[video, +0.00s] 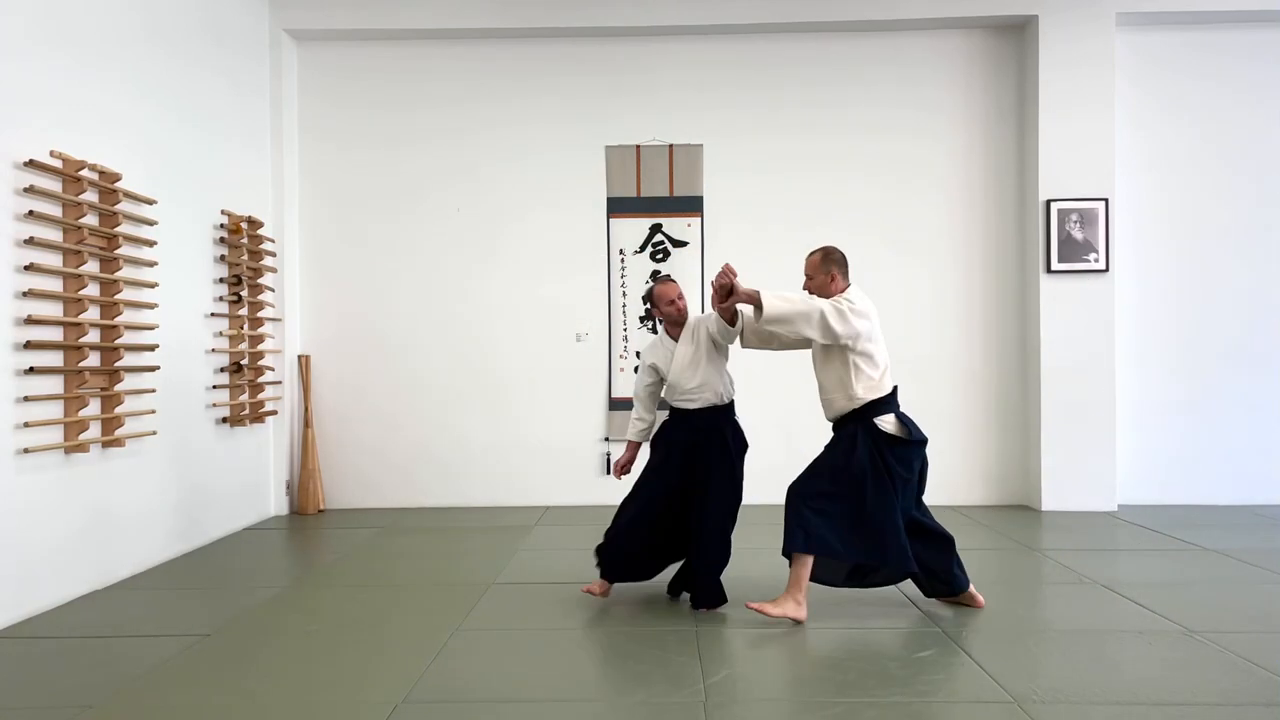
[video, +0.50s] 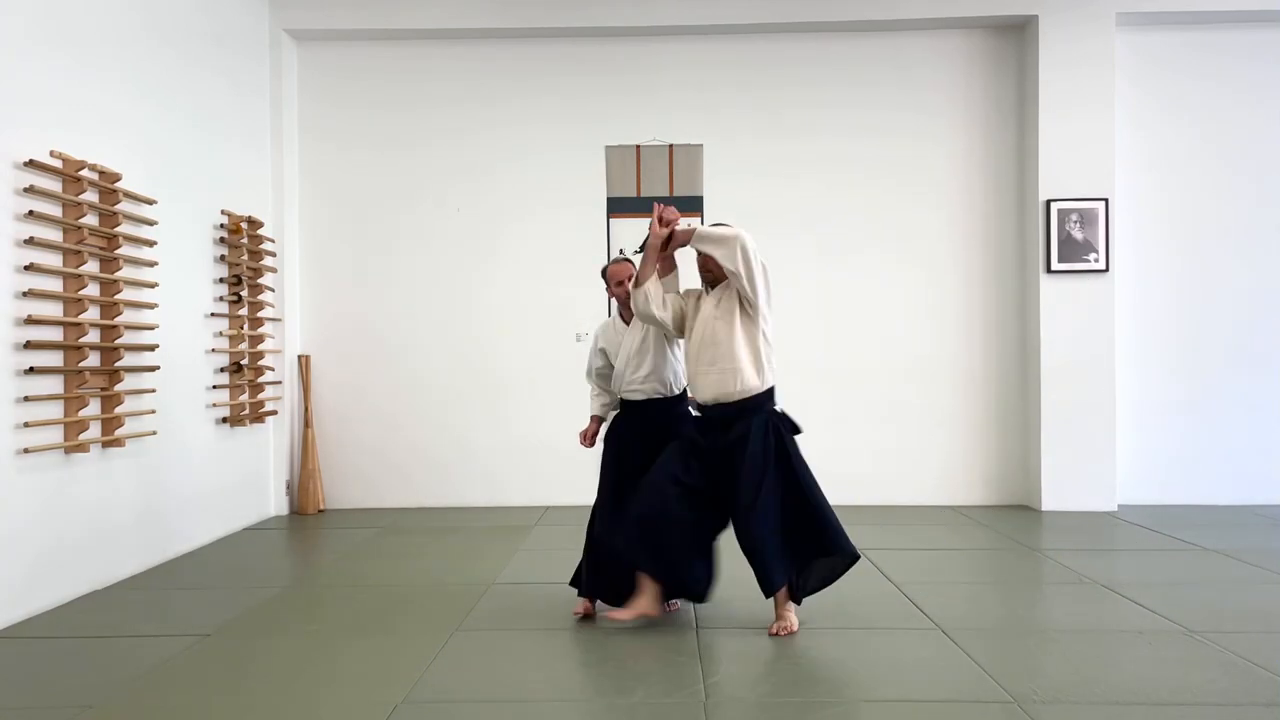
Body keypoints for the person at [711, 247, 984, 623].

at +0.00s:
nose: (805, 286)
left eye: (810, 279)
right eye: (805, 279)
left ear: (833, 278)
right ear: (836, 279)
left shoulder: (847, 310)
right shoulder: (839, 312)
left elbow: (800, 313)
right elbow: (781, 331)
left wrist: (743, 293)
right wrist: (729, 312)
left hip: (868, 431)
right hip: (875, 429)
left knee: (805, 495)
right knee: (906, 512)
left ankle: (795, 598)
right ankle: (959, 589)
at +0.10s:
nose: (787, 289)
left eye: (792, 281)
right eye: (786, 281)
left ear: (817, 279)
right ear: (816, 281)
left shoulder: (834, 313)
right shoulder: (811, 318)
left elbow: (791, 313)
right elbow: (764, 340)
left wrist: (736, 288)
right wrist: (722, 315)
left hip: (858, 434)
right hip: (847, 433)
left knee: (800, 496)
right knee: (897, 512)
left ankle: (788, 599)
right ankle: (961, 586)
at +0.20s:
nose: (765, 282)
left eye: (771, 276)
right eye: (764, 275)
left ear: (797, 277)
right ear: (787, 276)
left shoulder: (812, 310)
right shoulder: (775, 322)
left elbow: (764, 297)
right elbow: (747, 349)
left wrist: (717, 275)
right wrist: (721, 352)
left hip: (835, 429)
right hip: (813, 433)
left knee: (789, 504)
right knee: (874, 505)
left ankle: (790, 604)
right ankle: (946, 568)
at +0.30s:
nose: (740, 271)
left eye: (746, 265)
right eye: (738, 265)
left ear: (771, 266)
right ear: (757, 268)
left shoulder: (792, 297)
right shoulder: (741, 318)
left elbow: (749, 281)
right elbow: (706, 352)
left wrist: (700, 268)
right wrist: (676, 327)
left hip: (812, 424)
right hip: (781, 430)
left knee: (773, 507)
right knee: (823, 511)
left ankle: (787, 606)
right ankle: (893, 556)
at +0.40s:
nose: (721, 255)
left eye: (729, 249)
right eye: (719, 250)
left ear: (753, 254)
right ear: (718, 259)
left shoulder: (772, 291)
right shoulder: (717, 309)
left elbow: (741, 263)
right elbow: (673, 326)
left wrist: (688, 255)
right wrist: (661, 274)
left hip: (785, 419)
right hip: (749, 425)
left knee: (770, 510)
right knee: (735, 516)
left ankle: (786, 605)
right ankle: (784, 583)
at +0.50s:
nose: (704, 260)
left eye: (712, 252)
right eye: (700, 254)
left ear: (730, 256)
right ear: (697, 261)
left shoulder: (747, 297)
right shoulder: (690, 304)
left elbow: (739, 241)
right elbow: (644, 301)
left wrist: (684, 235)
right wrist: (652, 248)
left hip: (751, 419)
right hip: (704, 421)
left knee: (759, 515)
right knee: (656, 498)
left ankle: (784, 604)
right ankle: (648, 596)